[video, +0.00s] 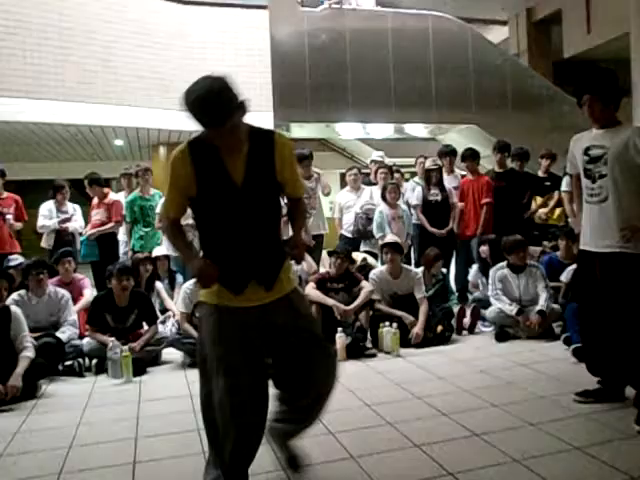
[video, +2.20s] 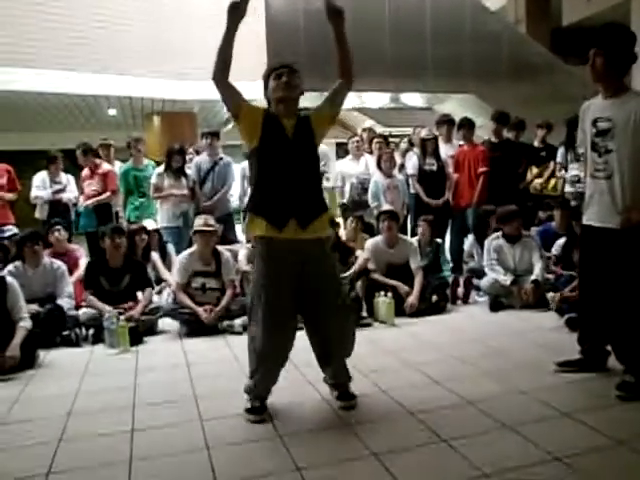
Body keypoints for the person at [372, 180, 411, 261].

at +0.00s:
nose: (393, 195)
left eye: (395, 192)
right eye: (390, 193)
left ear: (399, 194)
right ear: (384, 194)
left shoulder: (405, 209)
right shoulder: (380, 210)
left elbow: (409, 226)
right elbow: (377, 229)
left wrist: (407, 241)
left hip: (403, 244)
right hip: (387, 244)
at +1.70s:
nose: (387, 190)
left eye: (390, 186)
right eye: (384, 186)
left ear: (393, 188)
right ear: (378, 188)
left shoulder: (398, 206)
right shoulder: (374, 205)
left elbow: (403, 222)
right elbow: (369, 222)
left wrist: (401, 234)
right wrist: (374, 234)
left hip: (396, 238)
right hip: (380, 237)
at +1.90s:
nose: (386, 164)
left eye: (388, 160)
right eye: (383, 161)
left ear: (392, 162)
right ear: (377, 163)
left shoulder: (398, 180)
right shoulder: (373, 180)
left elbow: (403, 196)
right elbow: (369, 198)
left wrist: (401, 208)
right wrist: (373, 209)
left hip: (396, 212)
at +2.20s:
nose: (388, 164)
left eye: (391, 161)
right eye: (385, 161)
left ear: (394, 163)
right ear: (380, 163)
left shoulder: (401, 179)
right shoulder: (376, 180)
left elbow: (406, 196)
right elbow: (372, 199)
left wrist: (404, 210)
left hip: (400, 213)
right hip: (384, 213)